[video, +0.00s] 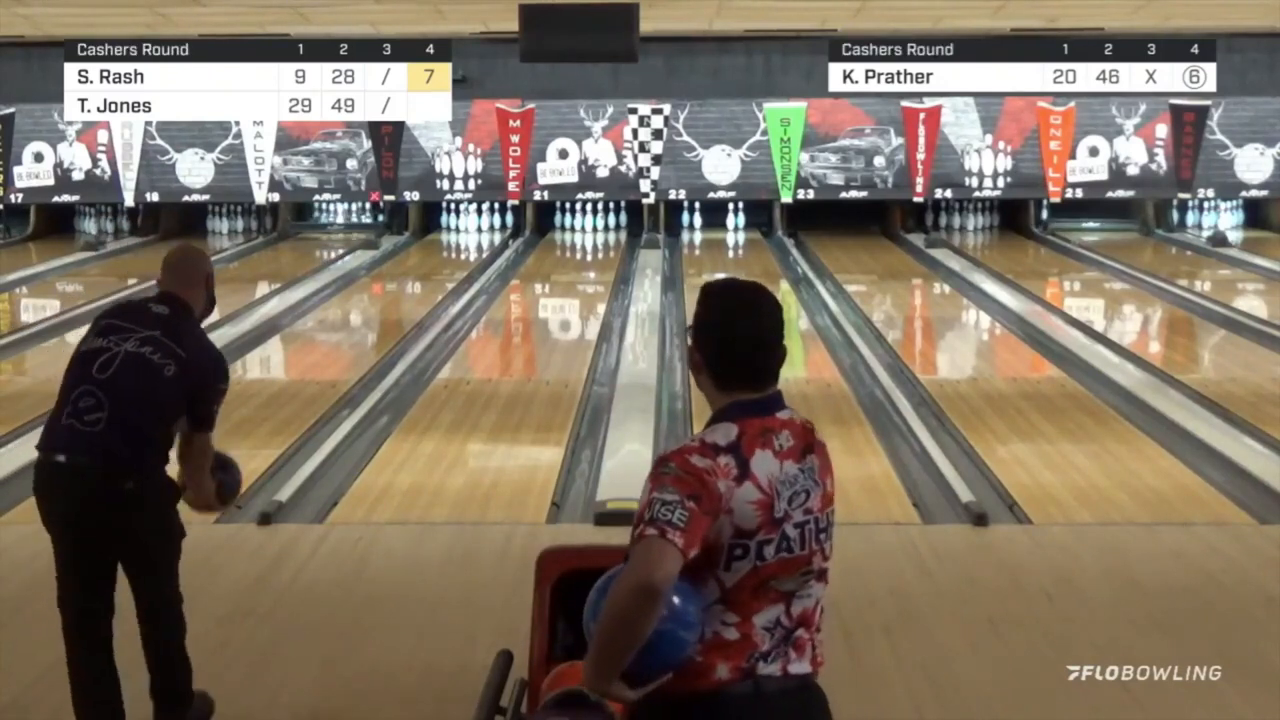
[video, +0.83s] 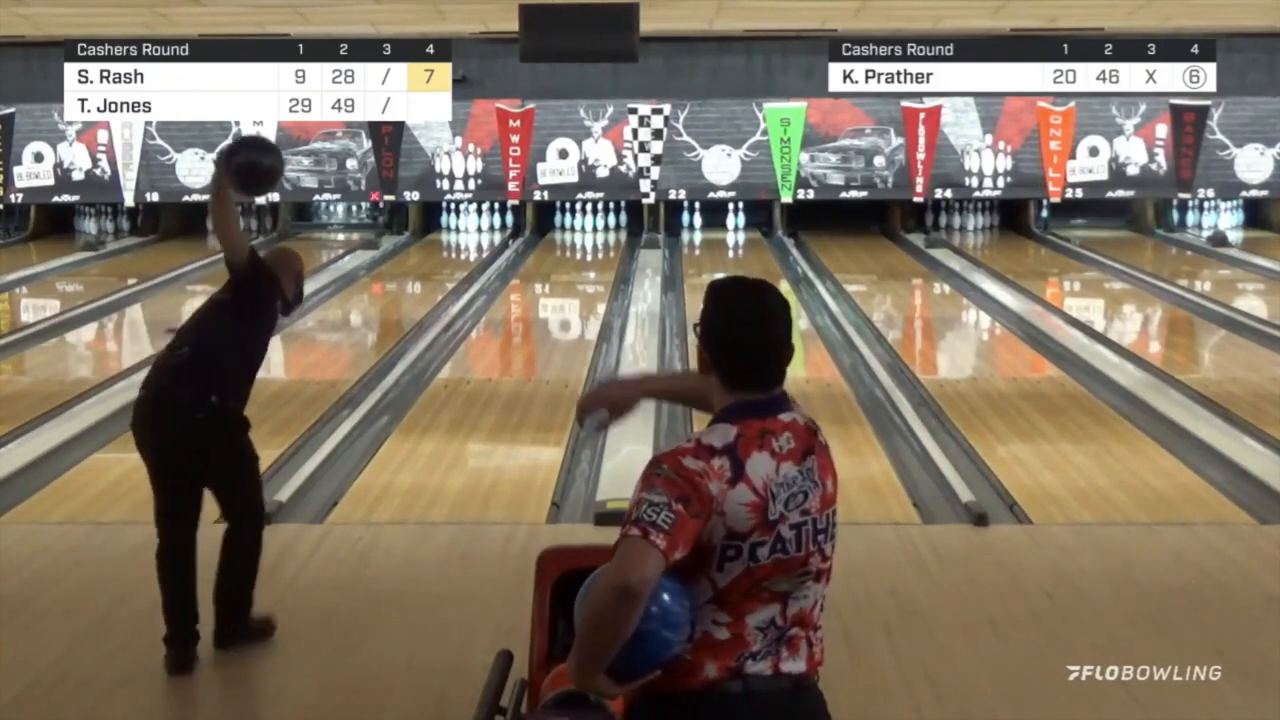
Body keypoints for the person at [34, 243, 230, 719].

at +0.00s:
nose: (214, 299)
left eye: (212, 290)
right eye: (213, 289)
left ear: (158, 283)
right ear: (206, 290)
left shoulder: (110, 315)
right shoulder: (205, 359)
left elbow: (119, 409)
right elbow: (195, 460)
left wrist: (172, 463)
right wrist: (207, 497)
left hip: (56, 474)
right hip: (132, 485)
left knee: (84, 612)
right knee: (159, 604)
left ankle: (96, 713)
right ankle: (174, 707)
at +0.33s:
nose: (250, 292)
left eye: (249, 285)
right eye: (250, 285)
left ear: (200, 278)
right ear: (241, 283)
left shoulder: (158, 307)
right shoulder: (236, 328)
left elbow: (122, 375)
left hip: (97, 443)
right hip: (160, 453)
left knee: (131, 561)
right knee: (171, 572)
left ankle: (148, 676)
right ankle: (171, 698)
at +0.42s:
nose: (257, 292)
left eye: (255, 285)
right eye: (256, 285)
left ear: (211, 281)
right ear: (249, 284)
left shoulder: (168, 310)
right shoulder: (244, 318)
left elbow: (129, 378)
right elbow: (228, 366)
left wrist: (88, 437)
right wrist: (226, 432)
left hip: (115, 438)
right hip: (170, 446)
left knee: (148, 562)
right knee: (178, 567)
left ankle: (169, 676)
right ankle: (172, 699)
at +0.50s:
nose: (264, 294)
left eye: (262, 287)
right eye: (263, 287)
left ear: (219, 284)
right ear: (256, 286)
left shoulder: (177, 311)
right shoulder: (246, 311)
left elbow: (131, 374)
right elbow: (225, 332)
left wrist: (79, 424)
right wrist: (224, 377)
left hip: (123, 437)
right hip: (176, 446)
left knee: (157, 548)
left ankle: (170, 674)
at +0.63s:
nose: (275, 277)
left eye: (273, 270)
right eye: (268, 272)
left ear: (224, 277)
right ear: (249, 279)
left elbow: (149, 359)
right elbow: (151, 358)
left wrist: (100, 388)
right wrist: (102, 389)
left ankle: (182, 654)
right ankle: (181, 659)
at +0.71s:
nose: (276, 283)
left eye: (275, 274)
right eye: (276, 275)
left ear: (249, 274)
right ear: (272, 285)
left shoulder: (209, 304)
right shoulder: (251, 293)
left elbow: (170, 359)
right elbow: (220, 258)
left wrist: (127, 370)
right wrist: (206, 219)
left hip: (142, 415)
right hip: (199, 421)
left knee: (168, 528)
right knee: (221, 538)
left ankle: (179, 636)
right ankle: (196, 638)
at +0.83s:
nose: (298, 277)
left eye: (298, 272)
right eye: (296, 271)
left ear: (264, 272)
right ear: (282, 276)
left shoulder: (234, 300)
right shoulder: (258, 284)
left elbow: (189, 345)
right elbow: (227, 231)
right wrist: (224, 177)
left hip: (155, 414)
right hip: (208, 417)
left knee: (175, 529)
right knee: (247, 516)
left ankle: (180, 644)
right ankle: (232, 624)